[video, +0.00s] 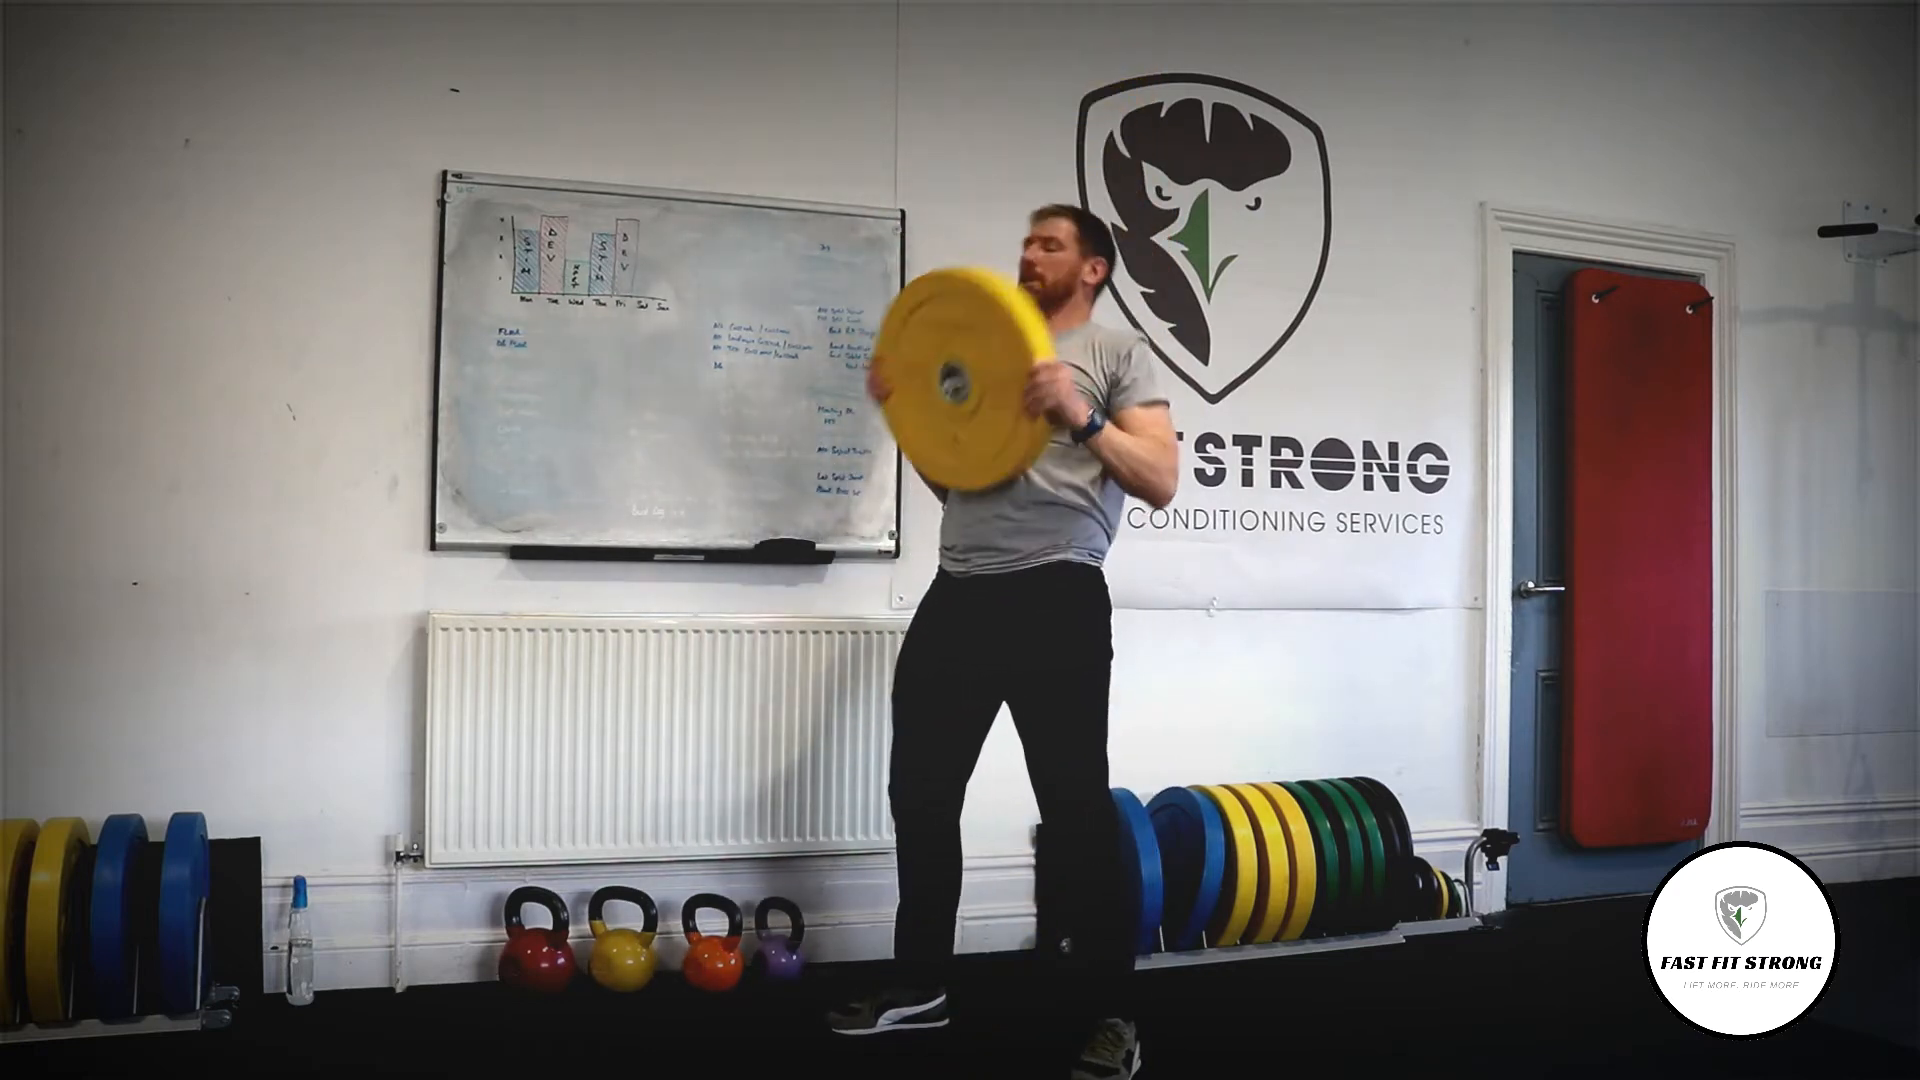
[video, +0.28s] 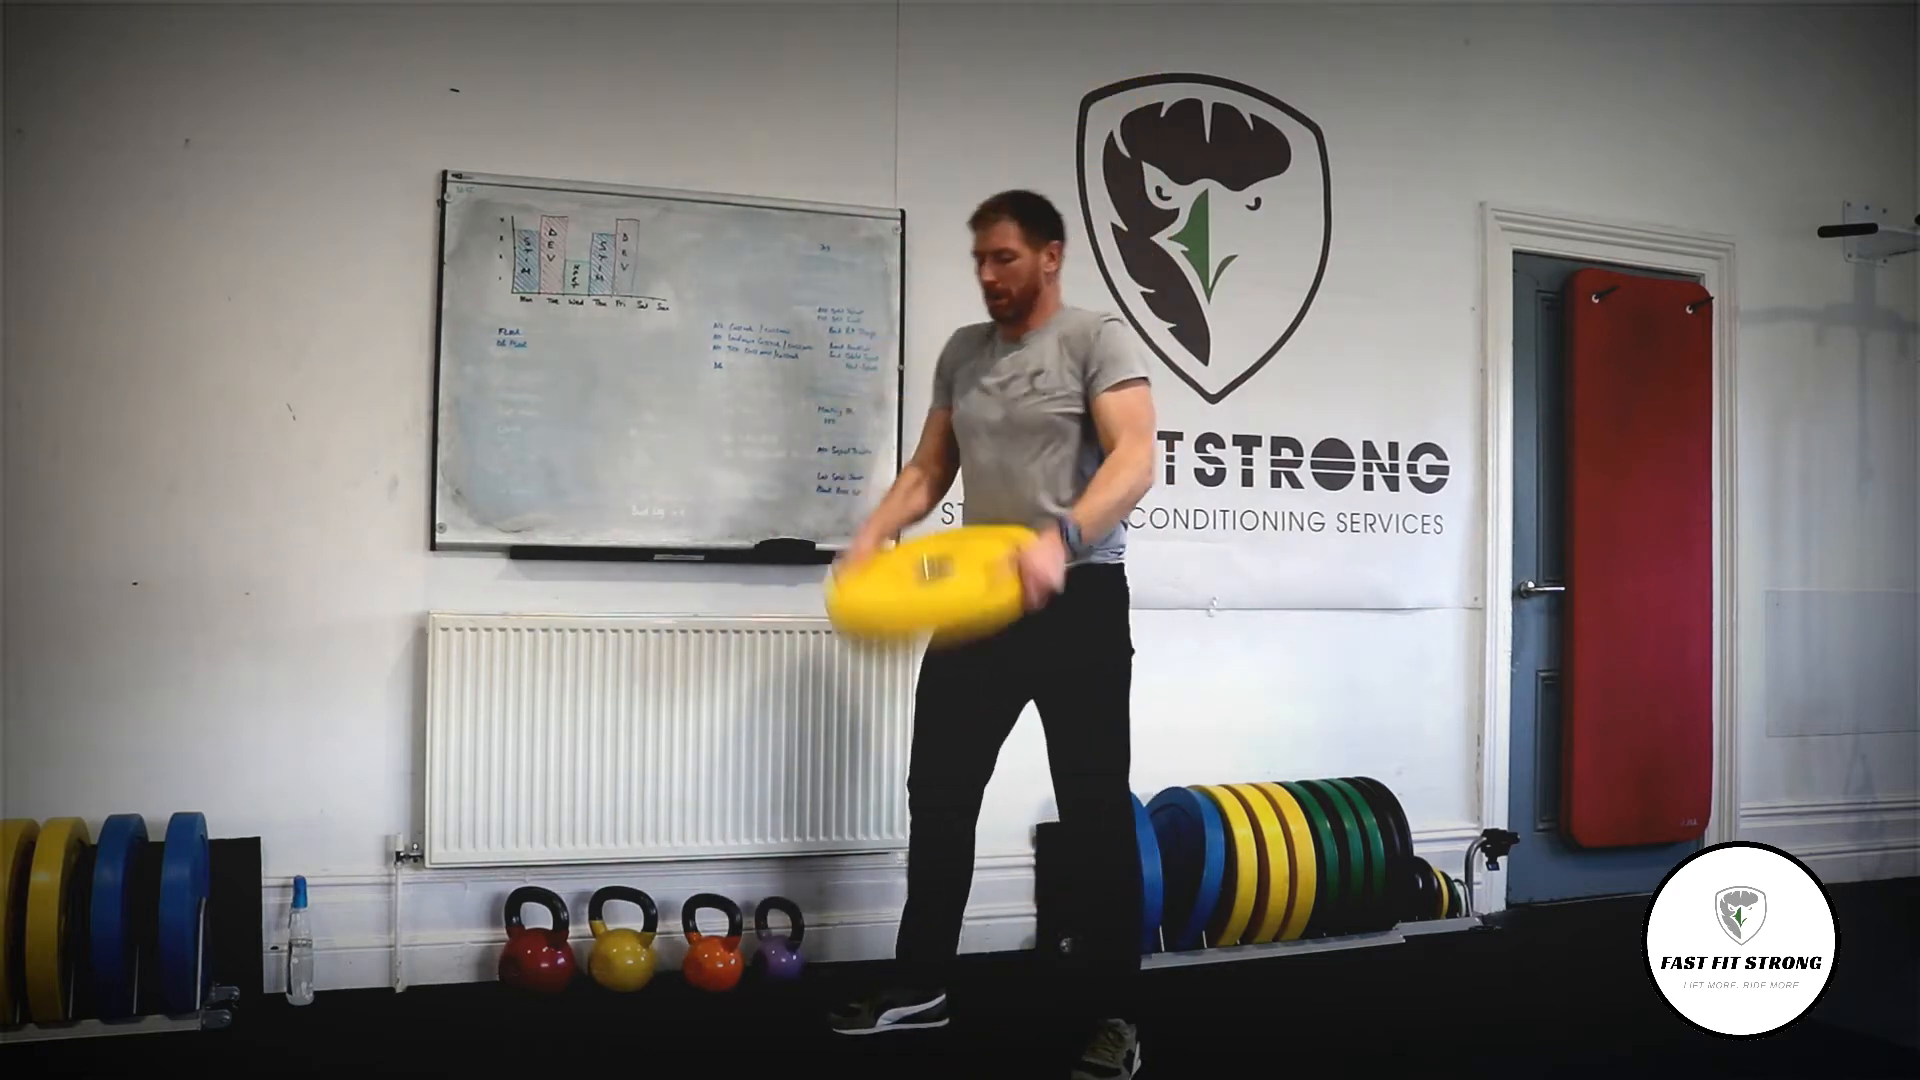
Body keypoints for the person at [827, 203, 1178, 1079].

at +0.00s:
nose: (1027, 259)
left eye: (1047, 247)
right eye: (1025, 247)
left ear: (1093, 268)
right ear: (1020, 261)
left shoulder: (1118, 349)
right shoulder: (993, 344)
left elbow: (1162, 480)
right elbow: (946, 466)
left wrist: (1083, 416)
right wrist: (897, 399)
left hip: (1058, 595)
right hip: (960, 597)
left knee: (1074, 803)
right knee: (921, 796)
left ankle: (1104, 1013)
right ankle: (923, 991)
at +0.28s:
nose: (988, 273)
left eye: (1004, 256)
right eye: (980, 259)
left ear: (1052, 257)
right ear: (977, 264)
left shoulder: (1095, 337)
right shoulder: (963, 351)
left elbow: (1136, 458)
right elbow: (929, 469)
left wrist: (1064, 533)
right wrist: (875, 529)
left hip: (1077, 593)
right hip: (979, 593)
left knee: (1094, 801)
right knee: (940, 791)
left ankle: (1112, 1013)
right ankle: (921, 988)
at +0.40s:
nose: (960, 290)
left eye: (974, 273)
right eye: (950, 276)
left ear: (1020, 264)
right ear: (946, 276)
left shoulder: (1080, 347)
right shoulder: (941, 368)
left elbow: (1115, 478)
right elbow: (925, 497)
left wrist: (1074, 597)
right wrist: (889, 596)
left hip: (1082, 596)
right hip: (986, 602)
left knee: (1098, 801)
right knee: (934, 786)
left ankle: (1115, 1013)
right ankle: (920, 986)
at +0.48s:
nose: (945, 304)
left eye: (959, 285)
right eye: (934, 290)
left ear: (1003, 271)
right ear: (925, 289)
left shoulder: (1071, 353)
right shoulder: (928, 375)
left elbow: (1103, 487)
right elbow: (926, 504)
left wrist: (1085, 616)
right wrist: (902, 612)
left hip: (1078, 601)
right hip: (981, 606)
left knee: (1101, 804)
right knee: (926, 788)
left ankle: (1115, 1012)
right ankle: (919, 985)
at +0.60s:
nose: (926, 321)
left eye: (938, 302)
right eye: (916, 306)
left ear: (985, 279)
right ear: (910, 297)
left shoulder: (1062, 358)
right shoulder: (918, 379)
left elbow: (1091, 495)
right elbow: (916, 505)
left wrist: (1084, 626)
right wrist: (896, 620)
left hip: (1085, 599)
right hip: (987, 605)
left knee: (1104, 804)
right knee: (937, 787)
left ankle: (1118, 1011)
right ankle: (919, 986)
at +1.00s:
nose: (883, 519)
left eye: (893, 499)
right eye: (871, 504)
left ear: (939, 470)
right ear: (859, 497)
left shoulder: (1031, 544)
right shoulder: (880, 567)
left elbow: (1050, 692)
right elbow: (890, 694)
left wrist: (1062, 834)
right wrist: (887, 825)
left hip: (1104, 684)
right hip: (995, 690)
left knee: (1131, 830)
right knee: (862, 791)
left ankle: (1118, 1021)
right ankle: (914, 986)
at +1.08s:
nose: (878, 560)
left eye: (888, 541)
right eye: (866, 545)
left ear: (935, 513)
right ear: (855, 534)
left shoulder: (1025, 581)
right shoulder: (874, 599)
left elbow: (1046, 730)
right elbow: (886, 727)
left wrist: (1058, 873)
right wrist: (885, 856)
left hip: (1102, 715)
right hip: (993, 722)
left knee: (1132, 857)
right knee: (851, 796)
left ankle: (1117, 1029)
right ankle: (910, 989)